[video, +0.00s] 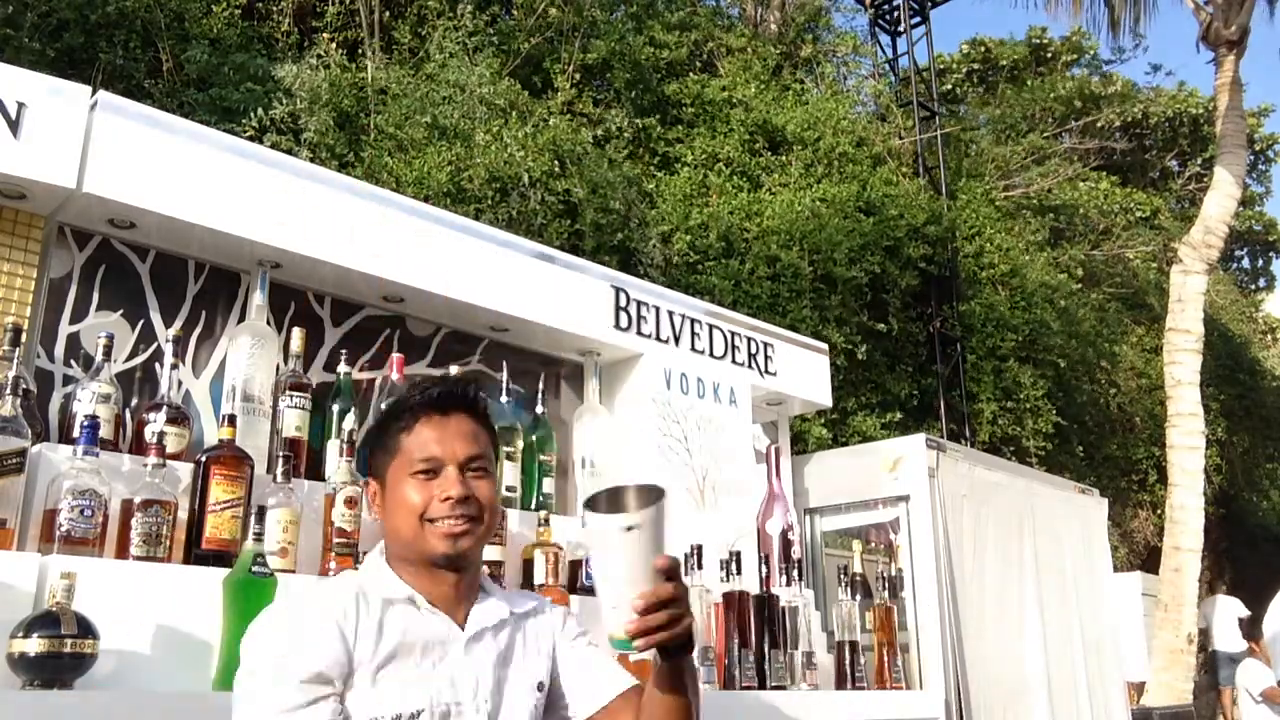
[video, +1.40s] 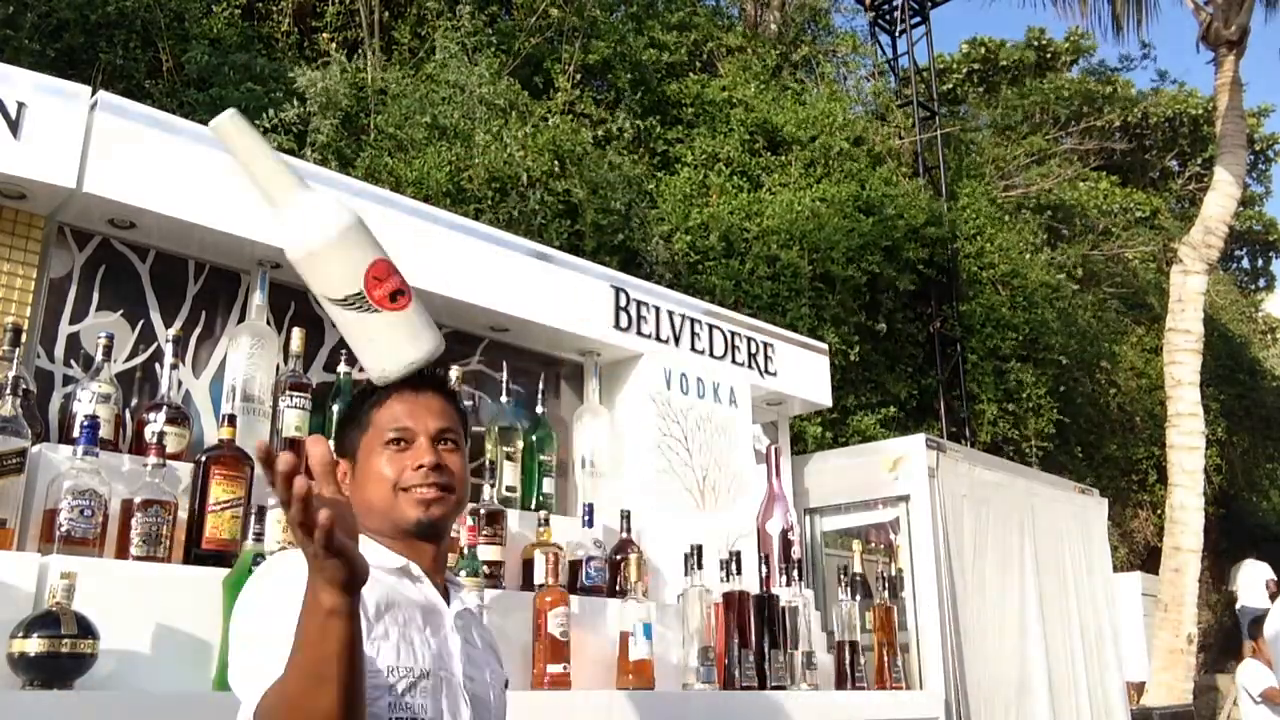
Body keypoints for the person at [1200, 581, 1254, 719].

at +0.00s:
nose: (1223, 588)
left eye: (1221, 586)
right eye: (1223, 586)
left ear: (1211, 589)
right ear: (1224, 588)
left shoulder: (1205, 604)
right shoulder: (1234, 601)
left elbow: (1202, 627)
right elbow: (1248, 617)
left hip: (1219, 648)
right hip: (1239, 647)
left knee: (1225, 687)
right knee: (1249, 680)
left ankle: (1228, 717)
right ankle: (1251, 714)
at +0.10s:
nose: (1227, 589)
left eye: (1224, 587)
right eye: (1227, 587)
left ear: (1215, 589)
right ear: (1228, 588)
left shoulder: (1208, 606)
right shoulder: (1237, 603)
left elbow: (1202, 627)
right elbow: (1249, 619)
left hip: (1221, 649)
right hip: (1241, 648)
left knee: (1227, 688)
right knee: (1245, 684)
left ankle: (1229, 717)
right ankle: (1247, 715)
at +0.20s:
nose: (1234, 590)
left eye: (1231, 587)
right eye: (1233, 587)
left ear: (1220, 589)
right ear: (1233, 588)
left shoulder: (1213, 604)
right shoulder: (1242, 603)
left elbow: (1206, 626)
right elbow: (1254, 622)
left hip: (1222, 648)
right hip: (1242, 647)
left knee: (1227, 685)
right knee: (1245, 684)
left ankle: (1229, 717)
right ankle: (1246, 714)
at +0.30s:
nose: (1241, 583)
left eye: (1239, 580)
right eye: (1240, 581)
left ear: (1226, 583)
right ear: (1238, 582)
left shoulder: (1219, 596)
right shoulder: (1245, 596)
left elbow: (1212, 617)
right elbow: (1259, 613)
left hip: (1223, 640)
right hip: (1242, 641)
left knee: (1229, 678)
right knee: (1247, 675)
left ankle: (1229, 712)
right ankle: (1247, 708)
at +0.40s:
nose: (1244, 578)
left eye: (1242, 575)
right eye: (1243, 576)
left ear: (1228, 578)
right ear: (1243, 576)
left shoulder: (1222, 590)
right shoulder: (1249, 590)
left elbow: (1215, 610)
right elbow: (1263, 608)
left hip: (1225, 632)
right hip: (1243, 632)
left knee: (1235, 665)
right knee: (1253, 662)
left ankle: (1233, 694)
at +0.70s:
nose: (1243, 565)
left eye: (1241, 563)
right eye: (1242, 563)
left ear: (1230, 564)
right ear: (1243, 564)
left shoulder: (1223, 578)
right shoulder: (1252, 578)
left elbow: (1217, 598)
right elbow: (1265, 600)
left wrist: (1224, 609)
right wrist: (1254, 604)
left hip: (1231, 618)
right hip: (1250, 618)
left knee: (1239, 647)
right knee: (1252, 646)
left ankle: (1243, 673)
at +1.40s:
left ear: (1242, 555)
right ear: (1255, 554)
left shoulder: (1236, 568)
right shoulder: (1264, 566)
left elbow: (1233, 591)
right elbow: (1273, 588)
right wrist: (1264, 594)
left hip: (1245, 605)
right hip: (1264, 605)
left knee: (1246, 638)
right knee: (1260, 636)